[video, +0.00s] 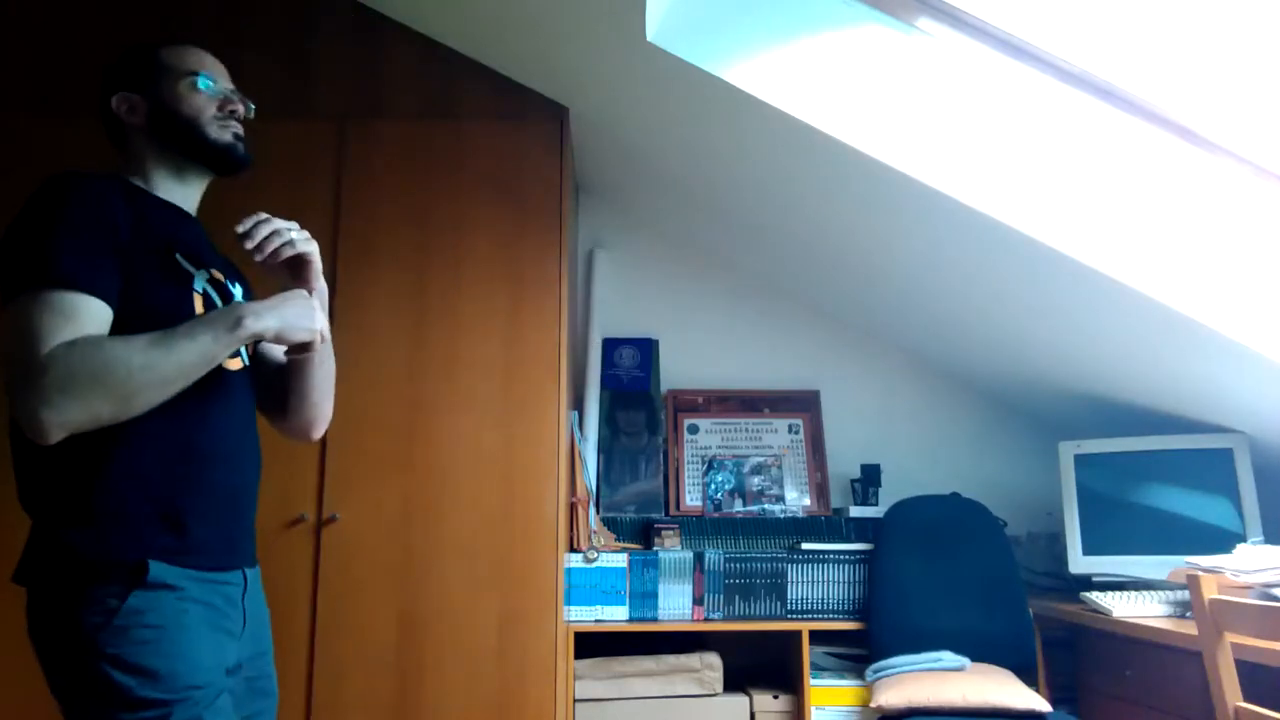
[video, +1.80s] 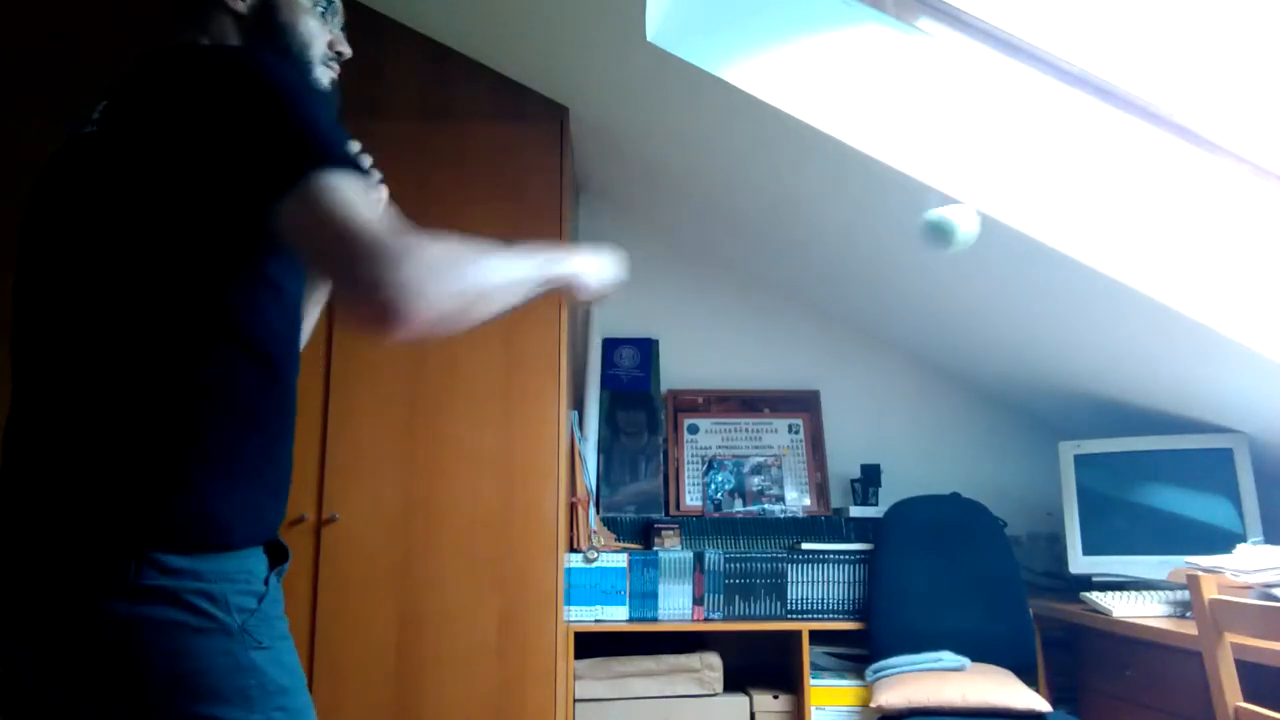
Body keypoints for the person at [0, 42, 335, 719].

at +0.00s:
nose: (238, 100)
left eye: (236, 91)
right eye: (205, 83)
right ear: (132, 109)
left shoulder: (212, 259)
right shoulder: (82, 208)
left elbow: (304, 417)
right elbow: (48, 398)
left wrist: (311, 293)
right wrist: (246, 320)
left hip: (236, 588)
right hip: (136, 593)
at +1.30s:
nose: (299, 91)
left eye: (297, 77)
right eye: (267, 66)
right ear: (186, 75)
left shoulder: (243, 239)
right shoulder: (116, 183)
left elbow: (322, 422)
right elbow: (101, 394)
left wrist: (354, 289)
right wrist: (301, 271)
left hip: (233, 595)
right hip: (153, 597)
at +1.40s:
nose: (315, 77)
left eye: (313, 61)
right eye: (285, 51)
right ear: (201, 54)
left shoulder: (224, 201)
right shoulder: (149, 160)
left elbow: (316, 408)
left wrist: (354, 260)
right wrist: (370, 243)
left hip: (213, 587)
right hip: (164, 589)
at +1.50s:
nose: (330, 60)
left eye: (328, 42)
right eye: (302, 30)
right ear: (219, 27)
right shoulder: (194, 115)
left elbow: (303, 396)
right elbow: (335, 282)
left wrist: (355, 249)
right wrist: (500, 202)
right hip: (176, 575)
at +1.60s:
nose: (346, 46)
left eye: (344, 23)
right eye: (323, 17)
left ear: (238, 25)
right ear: (242, 10)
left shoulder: (170, 115)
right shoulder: (254, 89)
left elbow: (284, 370)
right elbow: (495, 226)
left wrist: (353, 235)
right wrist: (670, 191)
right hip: (175, 574)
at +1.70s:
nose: (350, 45)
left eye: (351, 25)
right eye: (335, 16)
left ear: (243, 23)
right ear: (254, 5)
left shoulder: (157, 105)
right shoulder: (257, 79)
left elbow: (279, 350)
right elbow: (507, 230)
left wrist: (343, 232)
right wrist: (675, 226)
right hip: (173, 583)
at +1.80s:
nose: (342, 46)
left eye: (339, 22)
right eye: (325, 13)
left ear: (226, 18)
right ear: (240, 10)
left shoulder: (128, 106)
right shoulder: (243, 80)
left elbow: (251, 346)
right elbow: (398, 288)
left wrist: (346, 225)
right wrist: (561, 262)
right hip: (186, 583)